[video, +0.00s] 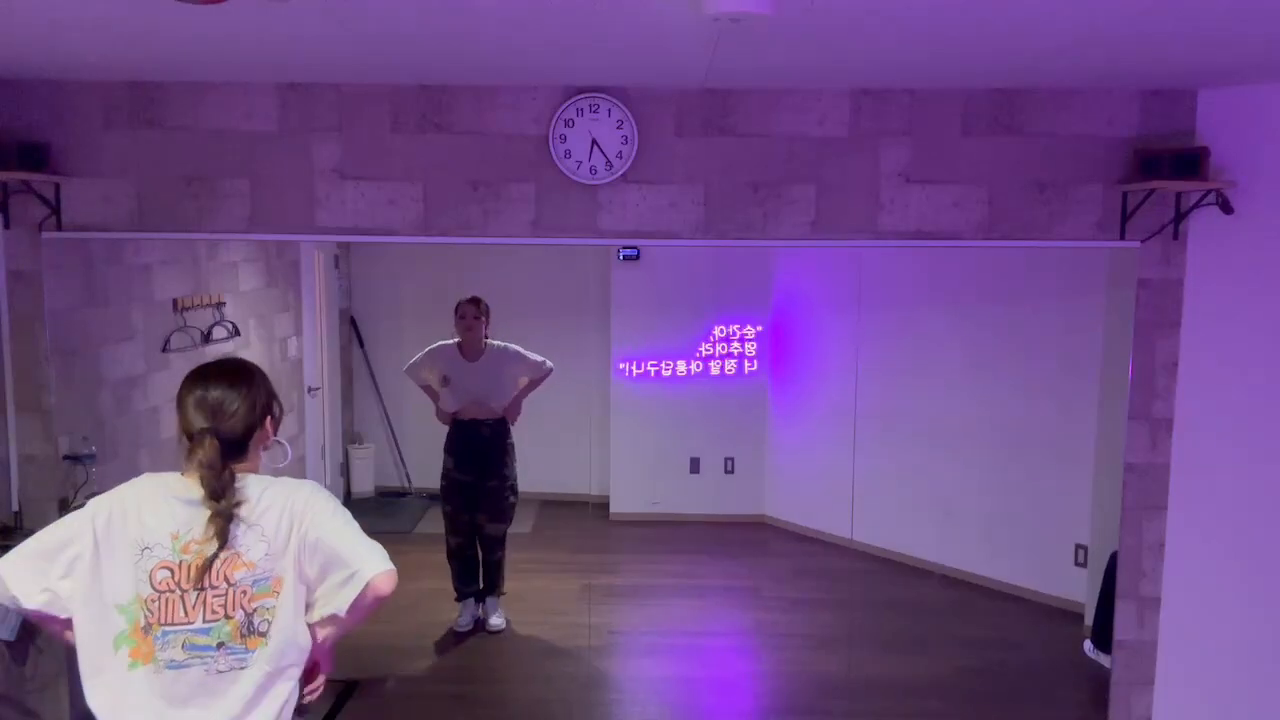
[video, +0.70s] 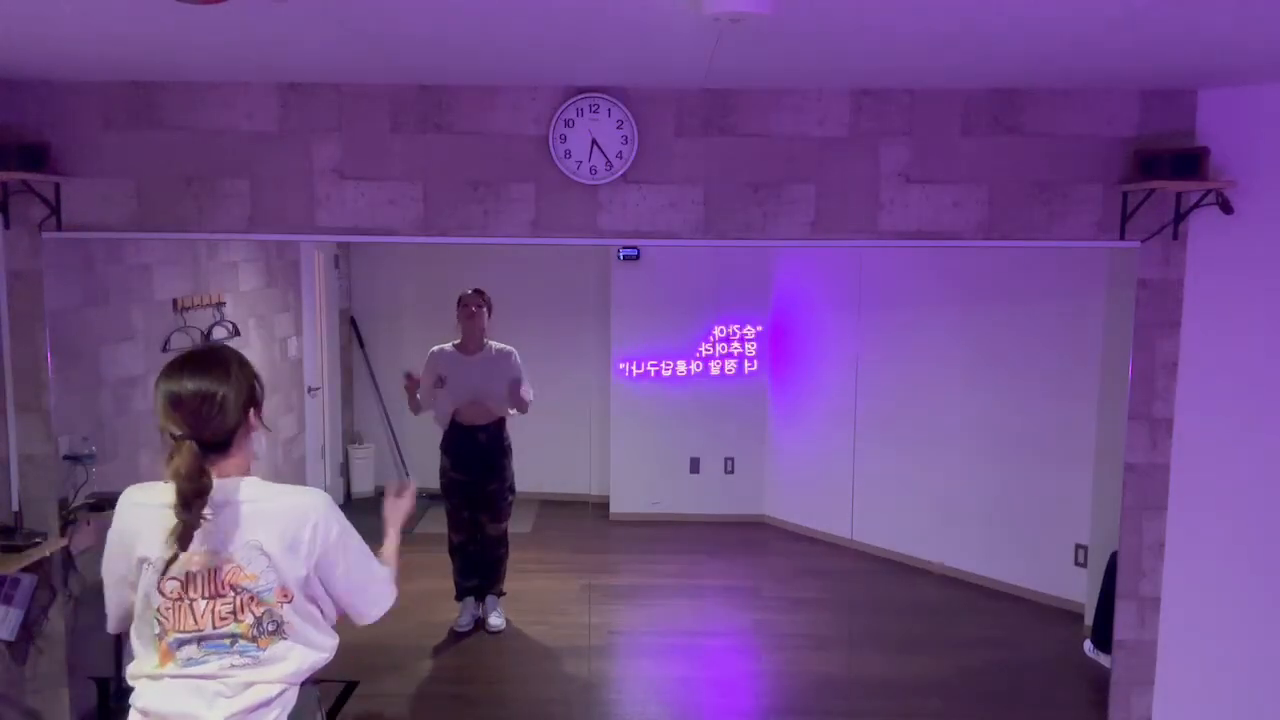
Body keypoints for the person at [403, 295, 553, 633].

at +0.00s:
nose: (468, 323)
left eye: (475, 317)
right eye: (462, 318)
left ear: (486, 323)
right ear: (455, 323)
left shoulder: (504, 353)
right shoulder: (442, 352)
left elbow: (545, 367)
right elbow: (412, 370)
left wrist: (517, 399)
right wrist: (438, 402)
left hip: (496, 440)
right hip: (459, 439)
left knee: (494, 525)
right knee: (458, 525)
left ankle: (492, 601)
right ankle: (467, 602)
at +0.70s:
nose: (471, 311)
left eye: (478, 306)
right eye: (465, 306)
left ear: (488, 315)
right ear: (456, 315)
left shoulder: (506, 357)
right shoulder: (439, 356)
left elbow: (524, 407)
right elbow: (419, 408)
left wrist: (517, 396)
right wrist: (412, 393)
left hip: (494, 444)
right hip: (457, 445)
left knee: (494, 524)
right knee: (459, 525)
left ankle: (493, 600)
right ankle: (467, 602)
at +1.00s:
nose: (465, 319)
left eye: (471, 313)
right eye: (459, 314)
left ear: (482, 318)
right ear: (452, 319)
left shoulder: (501, 355)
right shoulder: (436, 359)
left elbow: (511, 402)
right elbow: (431, 411)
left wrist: (499, 403)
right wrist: (444, 404)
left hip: (492, 445)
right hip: (455, 447)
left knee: (493, 525)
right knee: (459, 526)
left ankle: (493, 599)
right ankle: (468, 600)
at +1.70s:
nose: (462, 320)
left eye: (468, 314)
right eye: (455, 315)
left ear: (478, 319)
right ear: (446, 321)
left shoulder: (498, 353)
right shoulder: (434, 363)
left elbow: (507, 404)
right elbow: (437, 416)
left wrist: (489, 409)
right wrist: (474, 413)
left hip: (494, 442)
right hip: (457, 446)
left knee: (500, 519)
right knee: (459, 524)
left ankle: (490, 548)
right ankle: (468, 597)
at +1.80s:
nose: (463, 321)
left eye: (468, 314)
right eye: (456, 316)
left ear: (479, 317)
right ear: (447, 321)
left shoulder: (502, 352)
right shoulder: (438, 362)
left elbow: (517, 401)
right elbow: (444, 416)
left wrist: (506, 424)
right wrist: (484, 432)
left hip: (499, 446)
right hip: (461, 448)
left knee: (501, 529)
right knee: (462, 529)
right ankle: (468, 601)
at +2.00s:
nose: (471, 321)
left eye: (476, 314)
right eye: (463, 317)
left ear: (487, 318)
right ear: (457, 323)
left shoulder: (509, 350)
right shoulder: (458, 363)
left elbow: (524, 399)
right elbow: (473, 418)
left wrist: (536, 444)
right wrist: (487, 462)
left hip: (511, 437)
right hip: (474, 444)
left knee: (540, 519)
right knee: (469, 525)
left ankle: (502, 512)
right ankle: (469, 600)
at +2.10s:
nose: (483, 326)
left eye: (488, 318)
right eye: (475, 321)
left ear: (499, 321)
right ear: (468, 327)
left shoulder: (513, 350)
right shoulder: (474, 365)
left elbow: (523, 395)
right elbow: (488, 419)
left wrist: (539, 428)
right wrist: (500, 464)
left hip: (518, 441)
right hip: (483, 448)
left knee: (557, 511)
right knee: (477, 528)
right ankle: (469, 601)